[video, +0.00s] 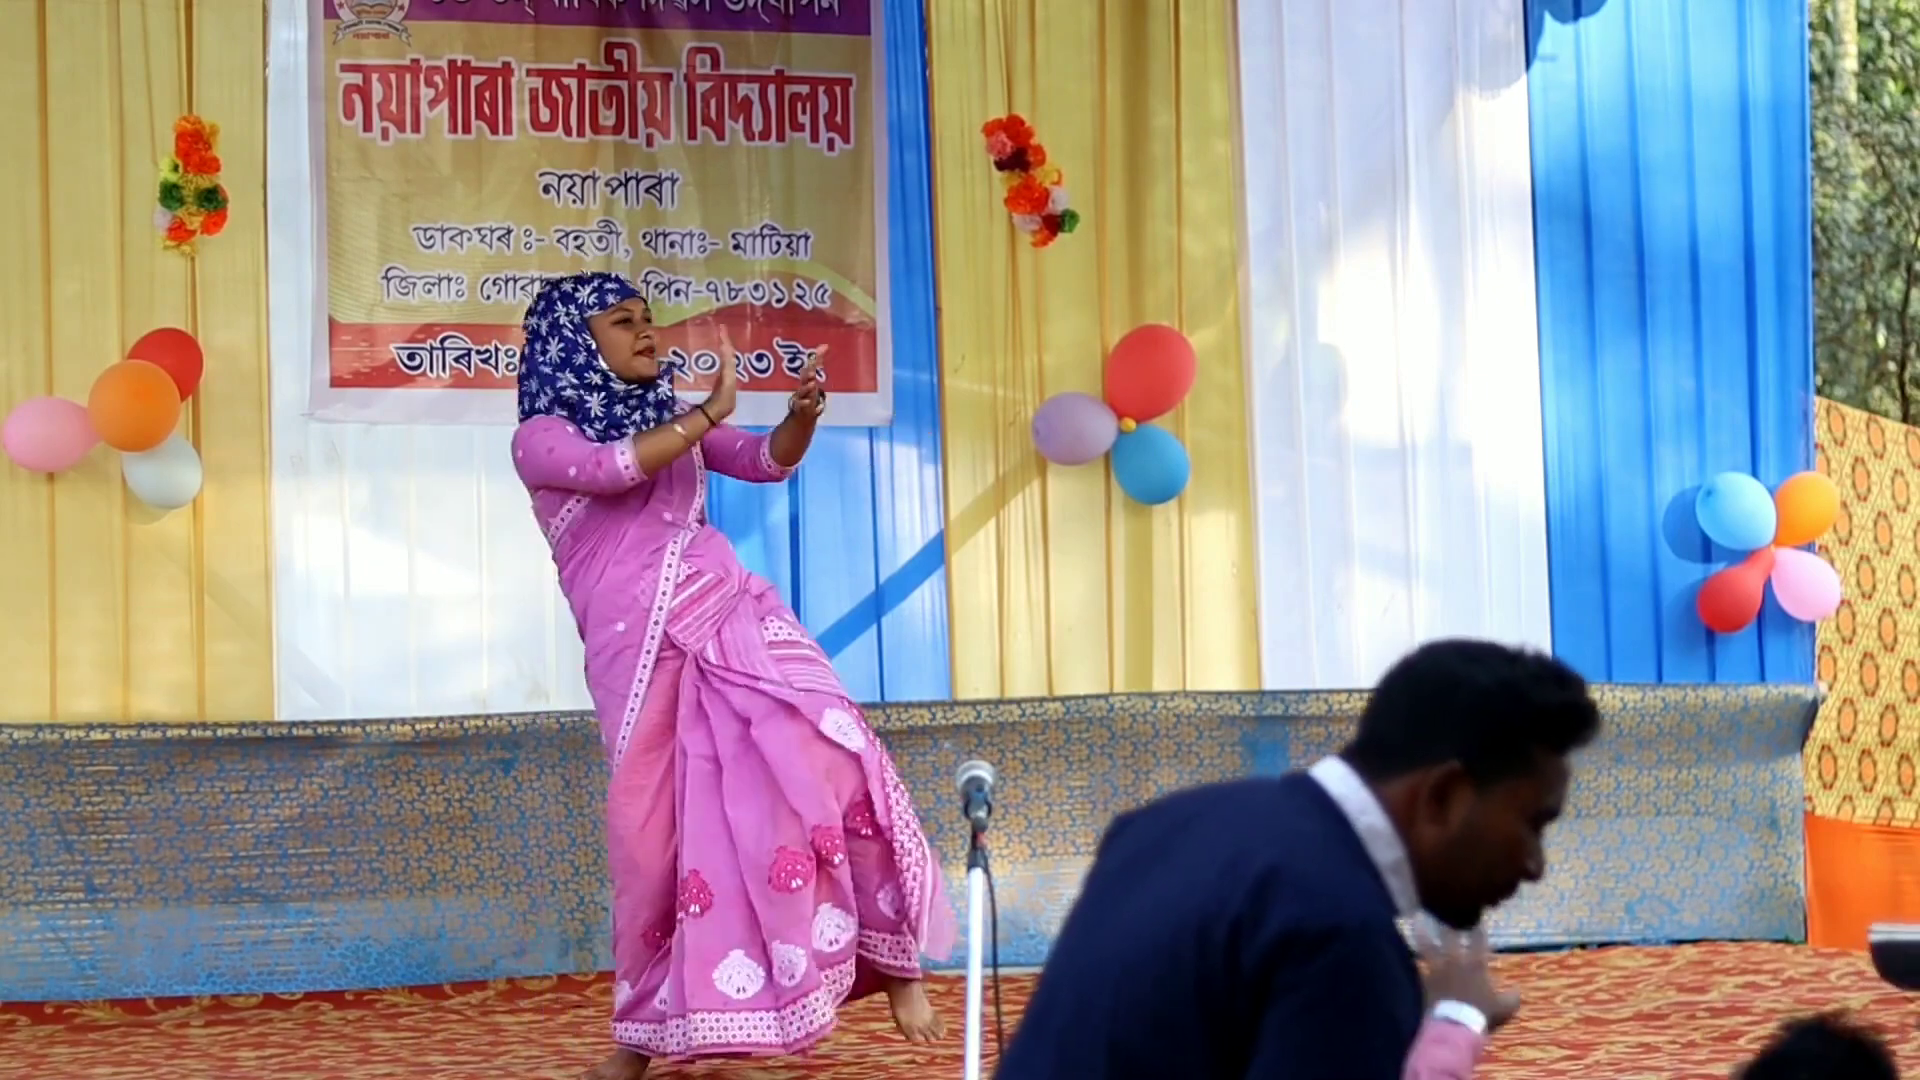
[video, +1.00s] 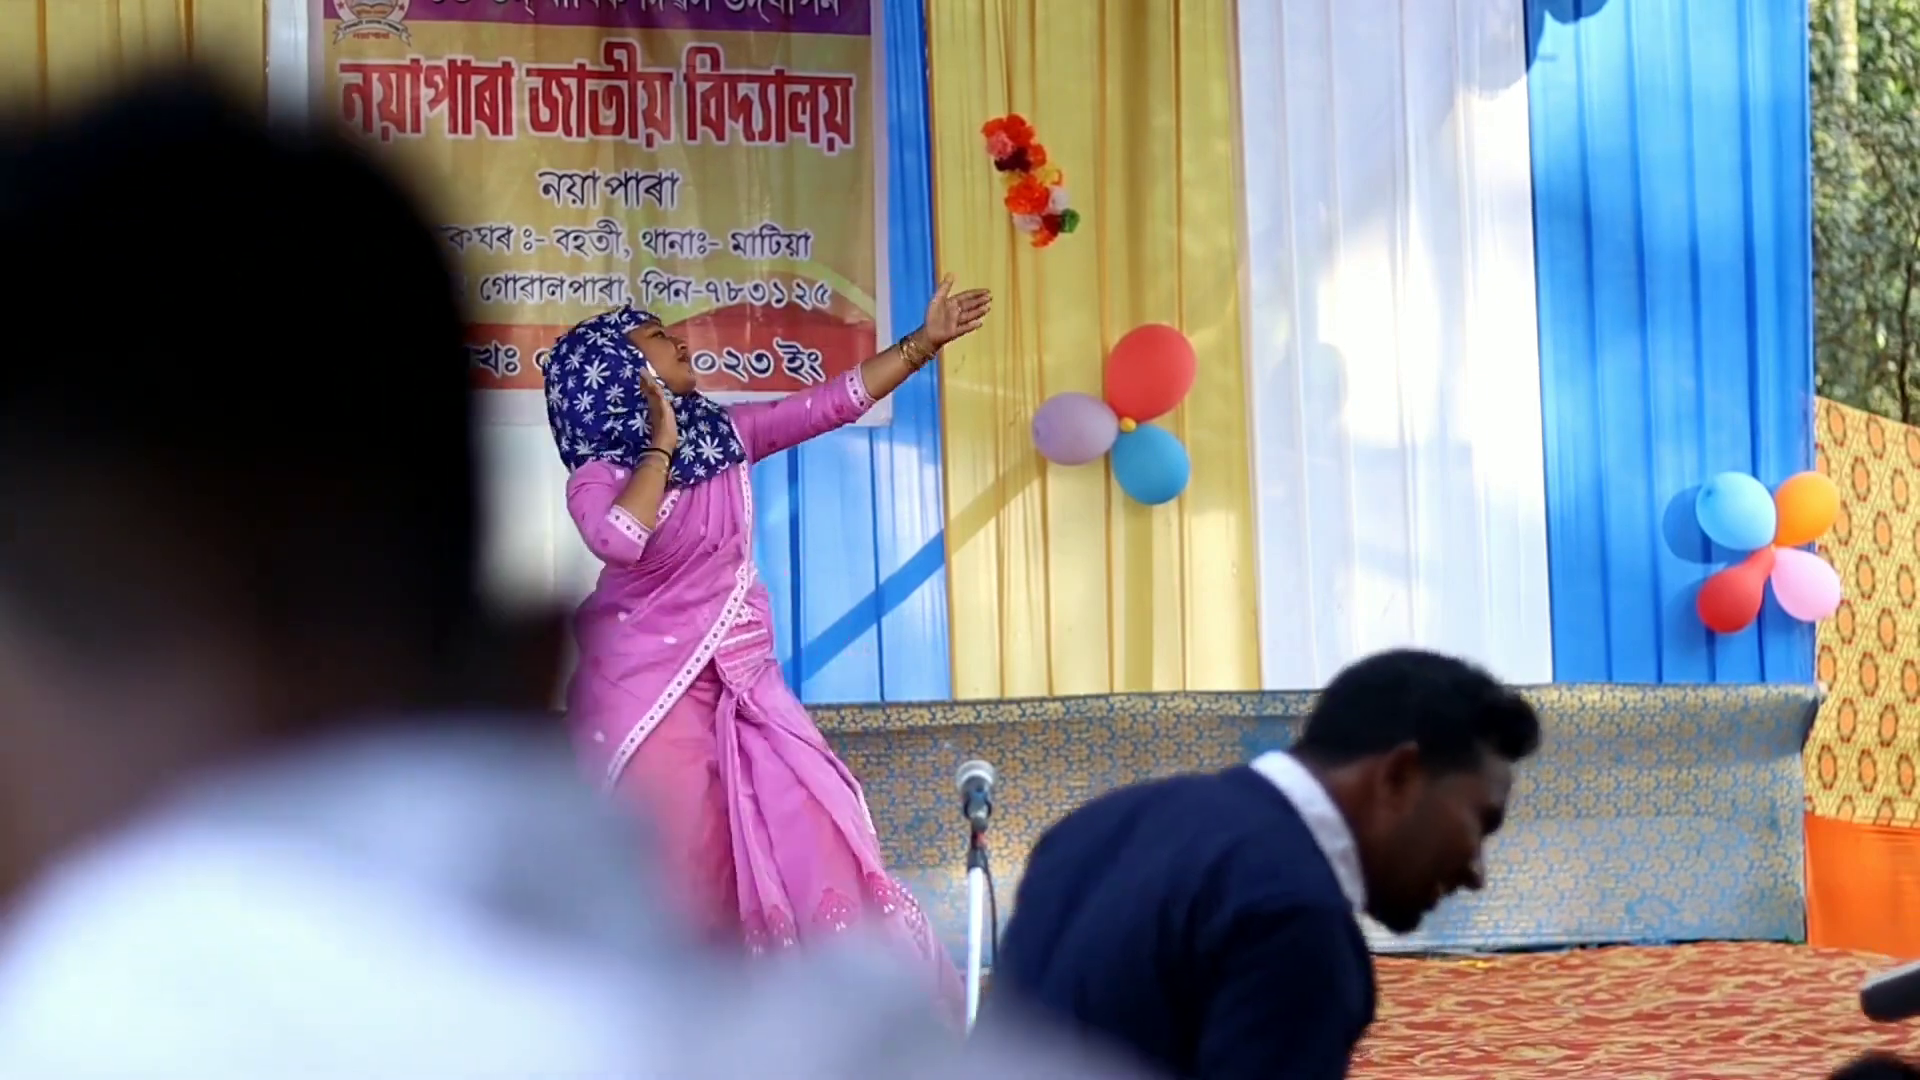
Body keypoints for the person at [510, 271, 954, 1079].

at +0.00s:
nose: (650, 337)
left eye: (648, 324)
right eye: (629, 326)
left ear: (644, 336)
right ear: (573, 344)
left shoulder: (668, 417)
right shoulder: (539, 438)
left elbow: (768, 459)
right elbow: (615, 467)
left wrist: (803, 414)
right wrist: (709, 413)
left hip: (737, 624)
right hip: (639, 654)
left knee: (842, 755)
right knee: (644, 843)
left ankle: (890, 949)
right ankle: (637, 1032)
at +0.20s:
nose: (657, 349)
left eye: (652, 337)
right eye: (631, 341)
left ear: (653, 365)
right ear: (585, 374)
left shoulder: (698, 441)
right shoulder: (578, 474)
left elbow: (817, 433)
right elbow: (653, 484)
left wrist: (875, 373)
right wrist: (739, 394)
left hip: (776, 654)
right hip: (682, 676)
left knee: (837, 826)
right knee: (683, 867)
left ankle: (881, 1031)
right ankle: (658, 1037)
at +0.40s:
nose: (667, 348)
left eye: (658, 340)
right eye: (642, 344)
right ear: (599, 383)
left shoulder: (723, 442)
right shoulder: (586, 486)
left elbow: (839, 434)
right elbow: (561, 568)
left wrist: (928, 382)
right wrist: (615, 472)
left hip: (728, 687)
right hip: (623, 695)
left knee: (804, 822)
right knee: (642, 866)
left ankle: (809, 1030)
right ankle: (650, 1037)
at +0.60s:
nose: (661, 328)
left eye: (652, 317)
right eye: (638, 321)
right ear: (593, 357)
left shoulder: (705, 412)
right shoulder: (579, 447)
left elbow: (824, 417)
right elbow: (631, 479)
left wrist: (888, 355)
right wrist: (705, 406)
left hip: (761, 645)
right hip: (664, 661)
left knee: (832, 802)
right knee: (666, 843)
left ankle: (840, 1008)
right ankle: (651, 1029)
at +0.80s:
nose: (670, 350)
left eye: (663, 341)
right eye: (647, 343)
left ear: (631, 377)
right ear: (601, 376)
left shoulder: (702, 438)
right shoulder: (608, 472)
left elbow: (806, 424)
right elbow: (720, 441)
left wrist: (857, 353)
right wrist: (800, 348)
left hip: (804, 658)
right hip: (719, 681)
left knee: (847, 834)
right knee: (702, 869)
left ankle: (851, 1035)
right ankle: (657, 1049)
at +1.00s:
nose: (682, 341)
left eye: (671, 333)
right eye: (661, 338)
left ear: (649, 371)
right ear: (626, 373)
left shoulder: (723, 432)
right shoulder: (598, 475)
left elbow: (834, 400)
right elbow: (619, 542)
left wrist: (924, 340)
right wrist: (662, 444)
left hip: (743, 671)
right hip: (649, 685)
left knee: (811, 823)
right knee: (688, 852)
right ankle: (682, 1018)